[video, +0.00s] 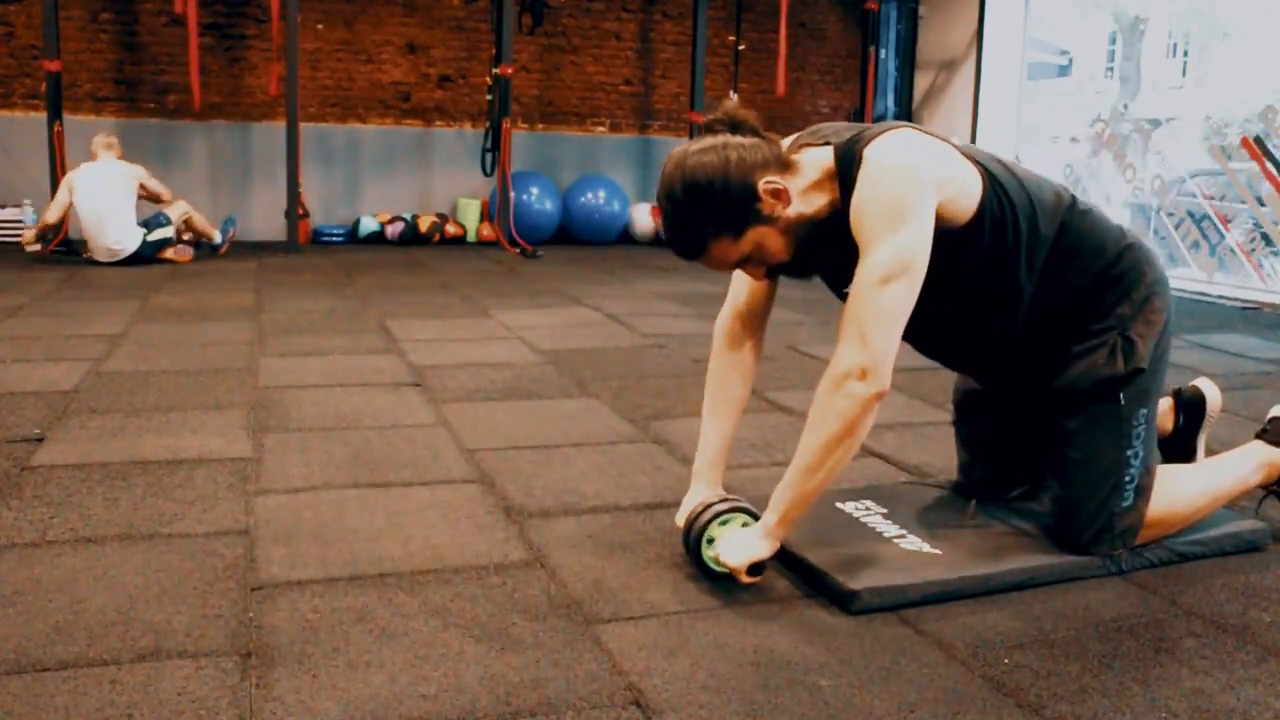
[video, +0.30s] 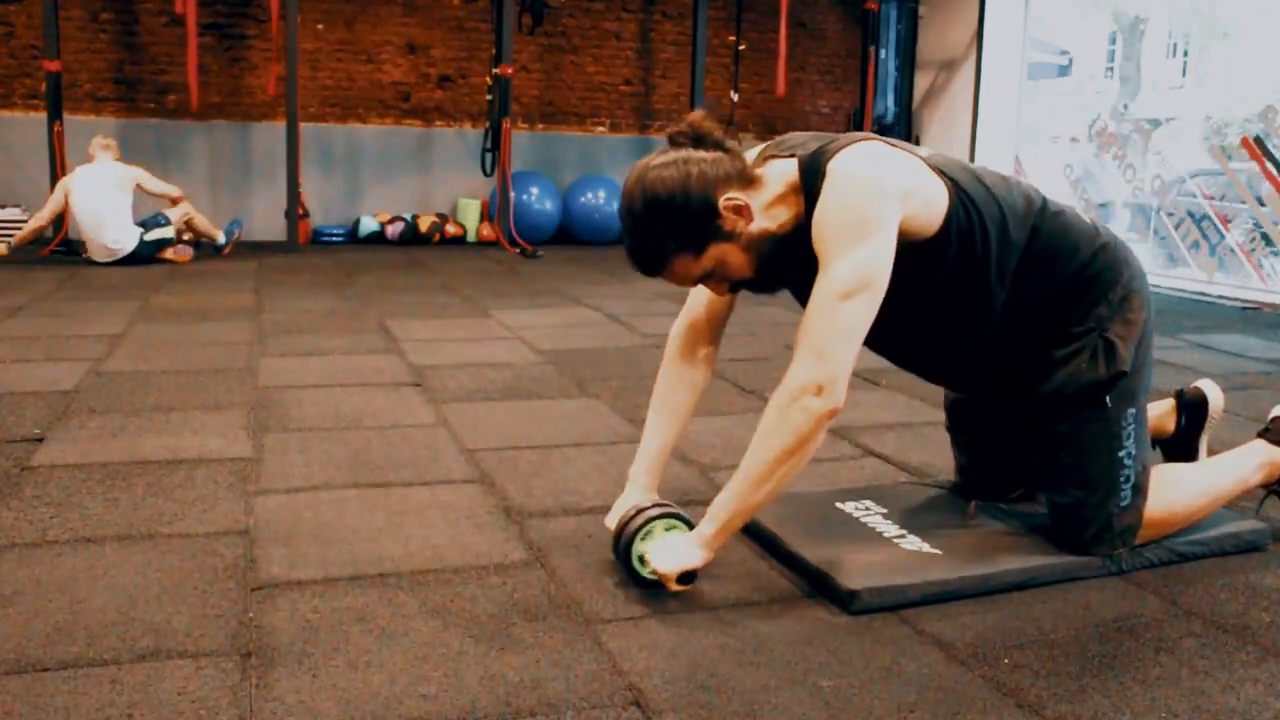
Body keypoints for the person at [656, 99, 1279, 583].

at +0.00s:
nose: (755, 274)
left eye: (751, 257)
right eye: (741, 267)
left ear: (775, 196)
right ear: (768, 190)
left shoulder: (895, 175)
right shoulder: (786, 190)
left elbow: (863, 377)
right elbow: (738, 334)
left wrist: (772, 529)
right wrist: (707, 480)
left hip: (1105, 304)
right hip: (1008, 325)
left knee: (1096, 526)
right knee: (993, 479)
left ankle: (1266, 457)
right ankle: (1172, 418)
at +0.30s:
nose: (714, 288)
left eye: (710, 273)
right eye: (699, 282)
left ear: (737, 212)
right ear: (730, 206)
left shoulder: (860, 187)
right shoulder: (750, 194)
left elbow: (816, 393)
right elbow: (695, 341)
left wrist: (706, 537)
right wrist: (641, 484)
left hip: (1083, 305)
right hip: (989, 327)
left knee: (1101, 523)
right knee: (992, 485)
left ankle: (1266, 458)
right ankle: (1172, 417)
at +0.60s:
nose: (657, 337)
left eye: (649, 323)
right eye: (640, 333)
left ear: (673, 263)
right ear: (661, 262)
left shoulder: (787, 226)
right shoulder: (682, 237)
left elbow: (715, 432)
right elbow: (606, 372)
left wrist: (575, 556)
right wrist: (524, 498)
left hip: (1044, 302)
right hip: (954, 340)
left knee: (1105, 519)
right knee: (995, 485)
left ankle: (1268, 457)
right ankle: (1177, 413)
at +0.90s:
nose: (570, 406)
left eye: (553, 391)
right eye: (541, 401)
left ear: (586, 332)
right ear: (572, 329)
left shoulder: (696, 293)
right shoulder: (596, 280)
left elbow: (607, 488)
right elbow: (502, 403)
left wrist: (434, 577)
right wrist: (403, 503)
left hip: (982, 333)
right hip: (904, 371)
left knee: (1105, 527)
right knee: (1015, 487)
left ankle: (1264, 456)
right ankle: (1174, 419)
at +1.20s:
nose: (527, 480)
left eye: (515, 464)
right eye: (510, 473)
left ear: (527, 406)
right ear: (515, 411)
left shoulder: (628, 357)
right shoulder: (537, 330)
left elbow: (512, 555)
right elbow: (423, 450)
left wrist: (323, 596)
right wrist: (299, 519)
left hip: (931, 373)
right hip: (862, 375)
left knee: (1094, 522)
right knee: (1018, 481)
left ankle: (1264, 457)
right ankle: (1174, 405)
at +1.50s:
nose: (502, 497)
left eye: (487, 494)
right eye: (473, 492)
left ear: (501, 450)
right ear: (467, 436)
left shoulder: (591, 403)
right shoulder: (500, 372)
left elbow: (459, 592)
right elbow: (392, 480)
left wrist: (261, 606)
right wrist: (258, 526)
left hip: (893, 406)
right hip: (837, 413)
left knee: (1098, 520)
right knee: (1015, 467)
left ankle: (1272, 465)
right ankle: (1167, 413)